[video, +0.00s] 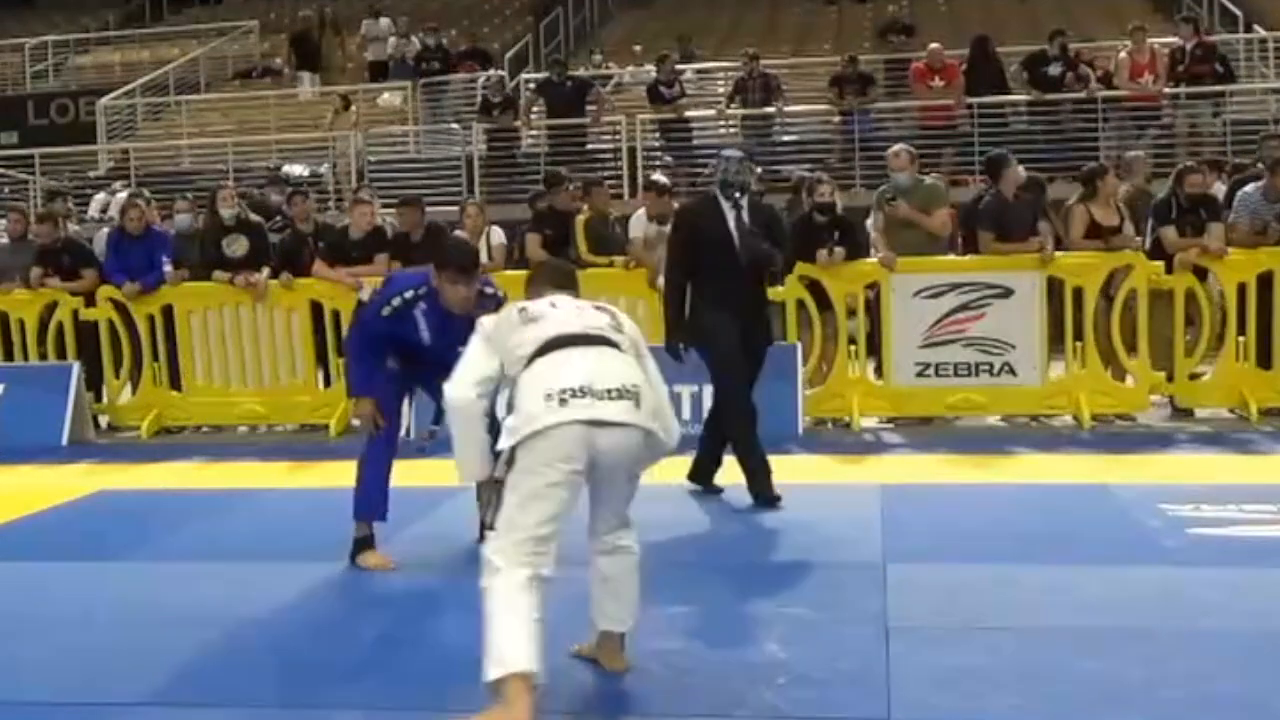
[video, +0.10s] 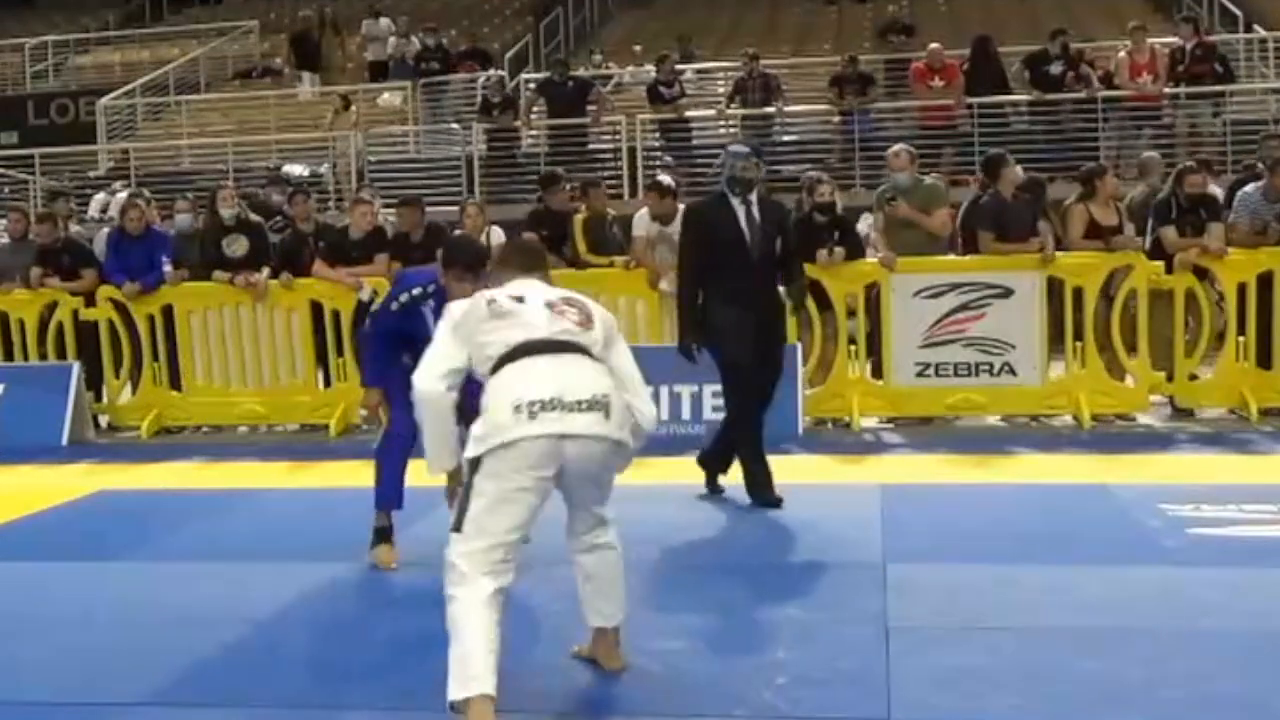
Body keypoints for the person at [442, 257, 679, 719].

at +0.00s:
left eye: (529, 290)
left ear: (528, 293)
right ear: (577, 294)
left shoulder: (502, 321)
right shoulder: (616, 317)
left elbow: (462, 392)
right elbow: (664, 416)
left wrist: (480, 476)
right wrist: (635, 458)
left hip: (551, 423)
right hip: (627, 422)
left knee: (516, 556)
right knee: (614, 530)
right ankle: (612, 645)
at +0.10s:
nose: (480, 284)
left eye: (486, 275)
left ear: (493, 276)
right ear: (547, 275)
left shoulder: (468, 310)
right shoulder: (592, 310)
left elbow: (430, 383)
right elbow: (643, 411)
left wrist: (448, 466)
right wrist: (611, 459)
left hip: (518, 426)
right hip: (600, 424)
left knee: (479, 564)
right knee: (592, 524)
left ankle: (478, 704)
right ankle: (607, 642)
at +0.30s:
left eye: (442, 276)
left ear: (448, 275)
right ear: (508, 271)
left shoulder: (422, 319)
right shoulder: (552, 307)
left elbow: (393, 418)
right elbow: (606, 381)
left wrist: (423, 472)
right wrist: (591, 445)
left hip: (466, 441)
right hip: (547, 438)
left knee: (447, 581)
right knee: (540, 530)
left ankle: (467, 705)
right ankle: (531, 630)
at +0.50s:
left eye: (432, 289)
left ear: (434, 289)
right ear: (482, 283)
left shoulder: (411, 337)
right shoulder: (529, 321)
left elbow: (399, 444)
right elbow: (587, 412)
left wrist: (444, 473)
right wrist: (561, 457)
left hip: (470, 453)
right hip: (544, 450)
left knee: (383, 565)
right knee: (516, 519)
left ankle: (462, 663)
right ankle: (504, 631)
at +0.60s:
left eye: (433, 333)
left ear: (438, 334)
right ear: (488, 327)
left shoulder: (414, 380)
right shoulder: (527, 366)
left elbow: (412, 479)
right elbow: (584, 458)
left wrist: (413, 536)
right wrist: (578, 526)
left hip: (464, 477)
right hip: (540, 474)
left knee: (399, 599)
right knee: (507, 528)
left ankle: (449, 694)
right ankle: (486, 622)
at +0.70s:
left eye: (465, 353)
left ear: (469, 354)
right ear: (518, 353)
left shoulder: (442, 377)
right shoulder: (545, 382)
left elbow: (385, 442)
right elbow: (593, 431)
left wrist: (377, 514)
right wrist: (639, 490)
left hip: (462, 467)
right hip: (532, 477)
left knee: (433, 571)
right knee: (496, 531)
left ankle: (448, 670)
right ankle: (480, 625)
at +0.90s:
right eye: (583, 313)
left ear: (546, 307)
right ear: (585, 316)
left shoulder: (510, 332)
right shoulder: (596, 362)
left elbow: (454, 347)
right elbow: (646, 430)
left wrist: (486, 368)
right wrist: (703, 478)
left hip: (471, 439)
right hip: (530, 463)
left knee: (383, 519)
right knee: (501, 544)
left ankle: (441, 549)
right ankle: (487, 581)